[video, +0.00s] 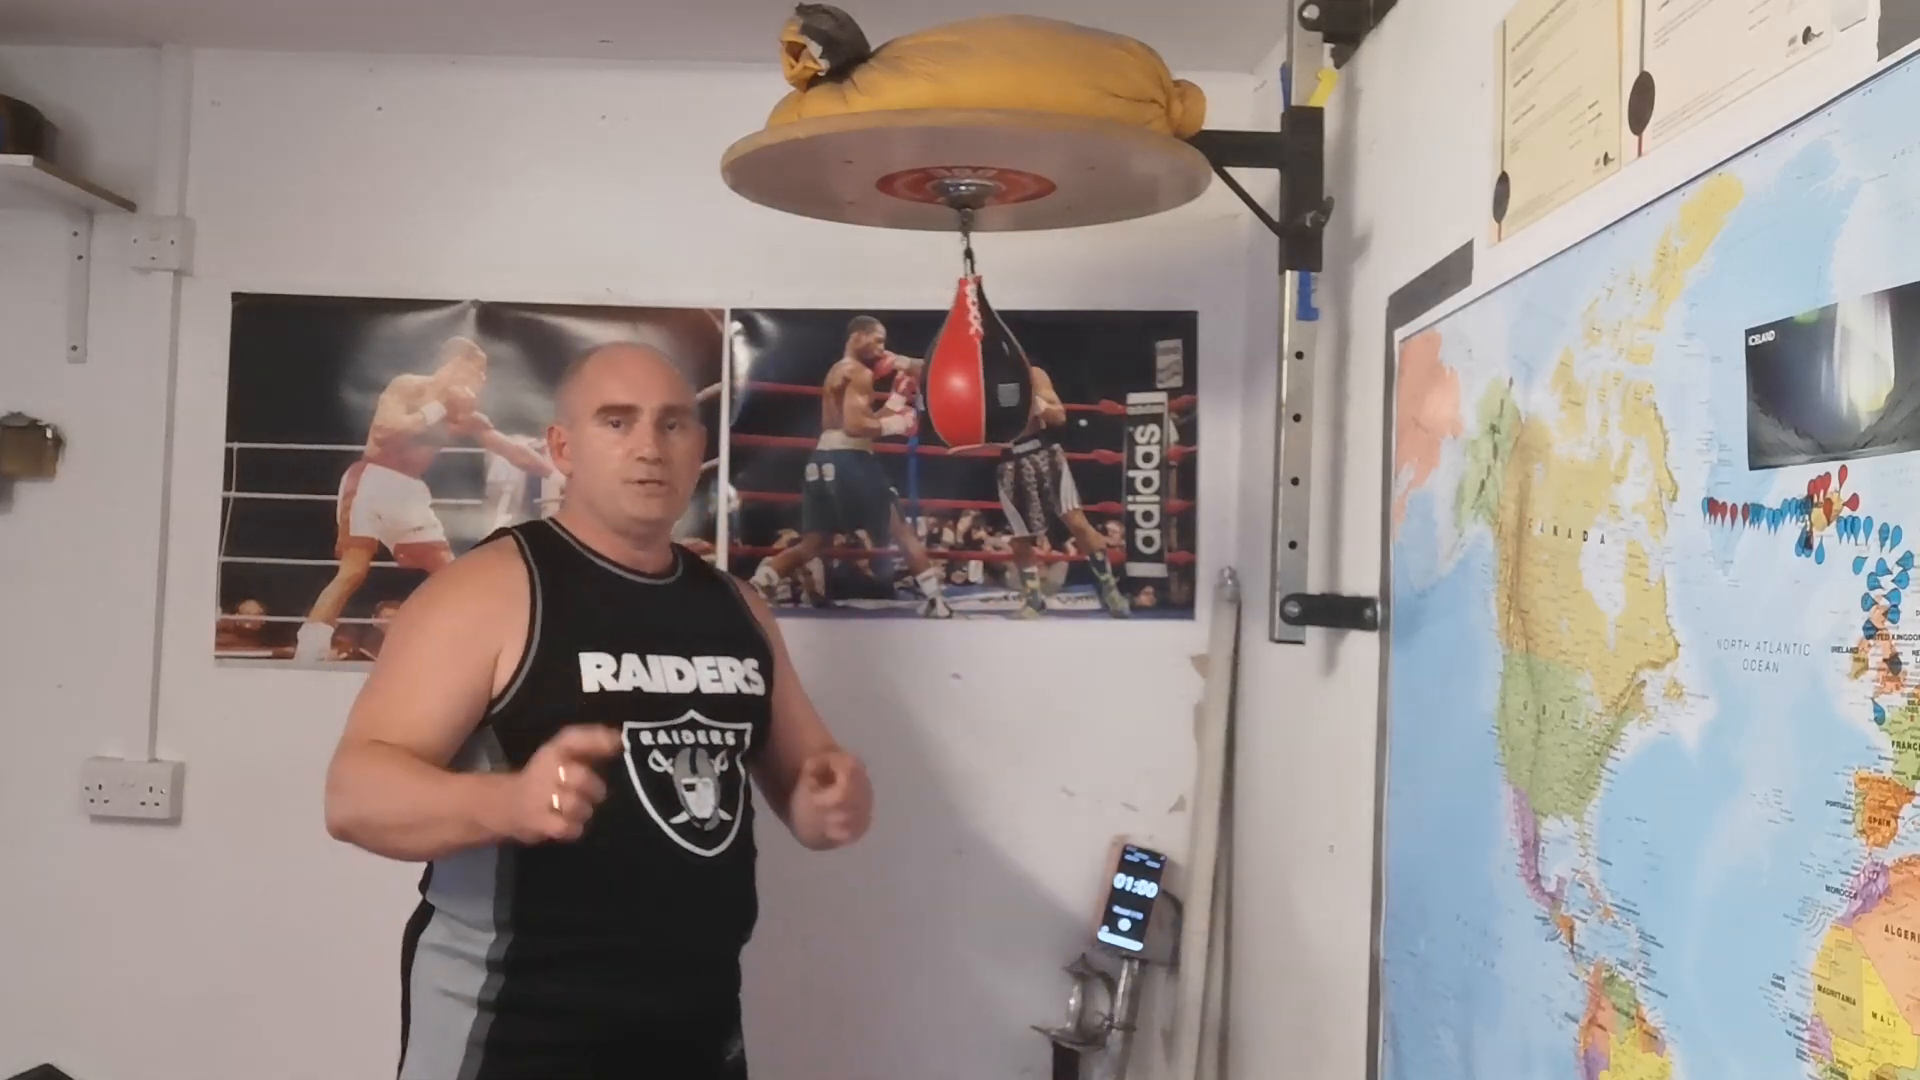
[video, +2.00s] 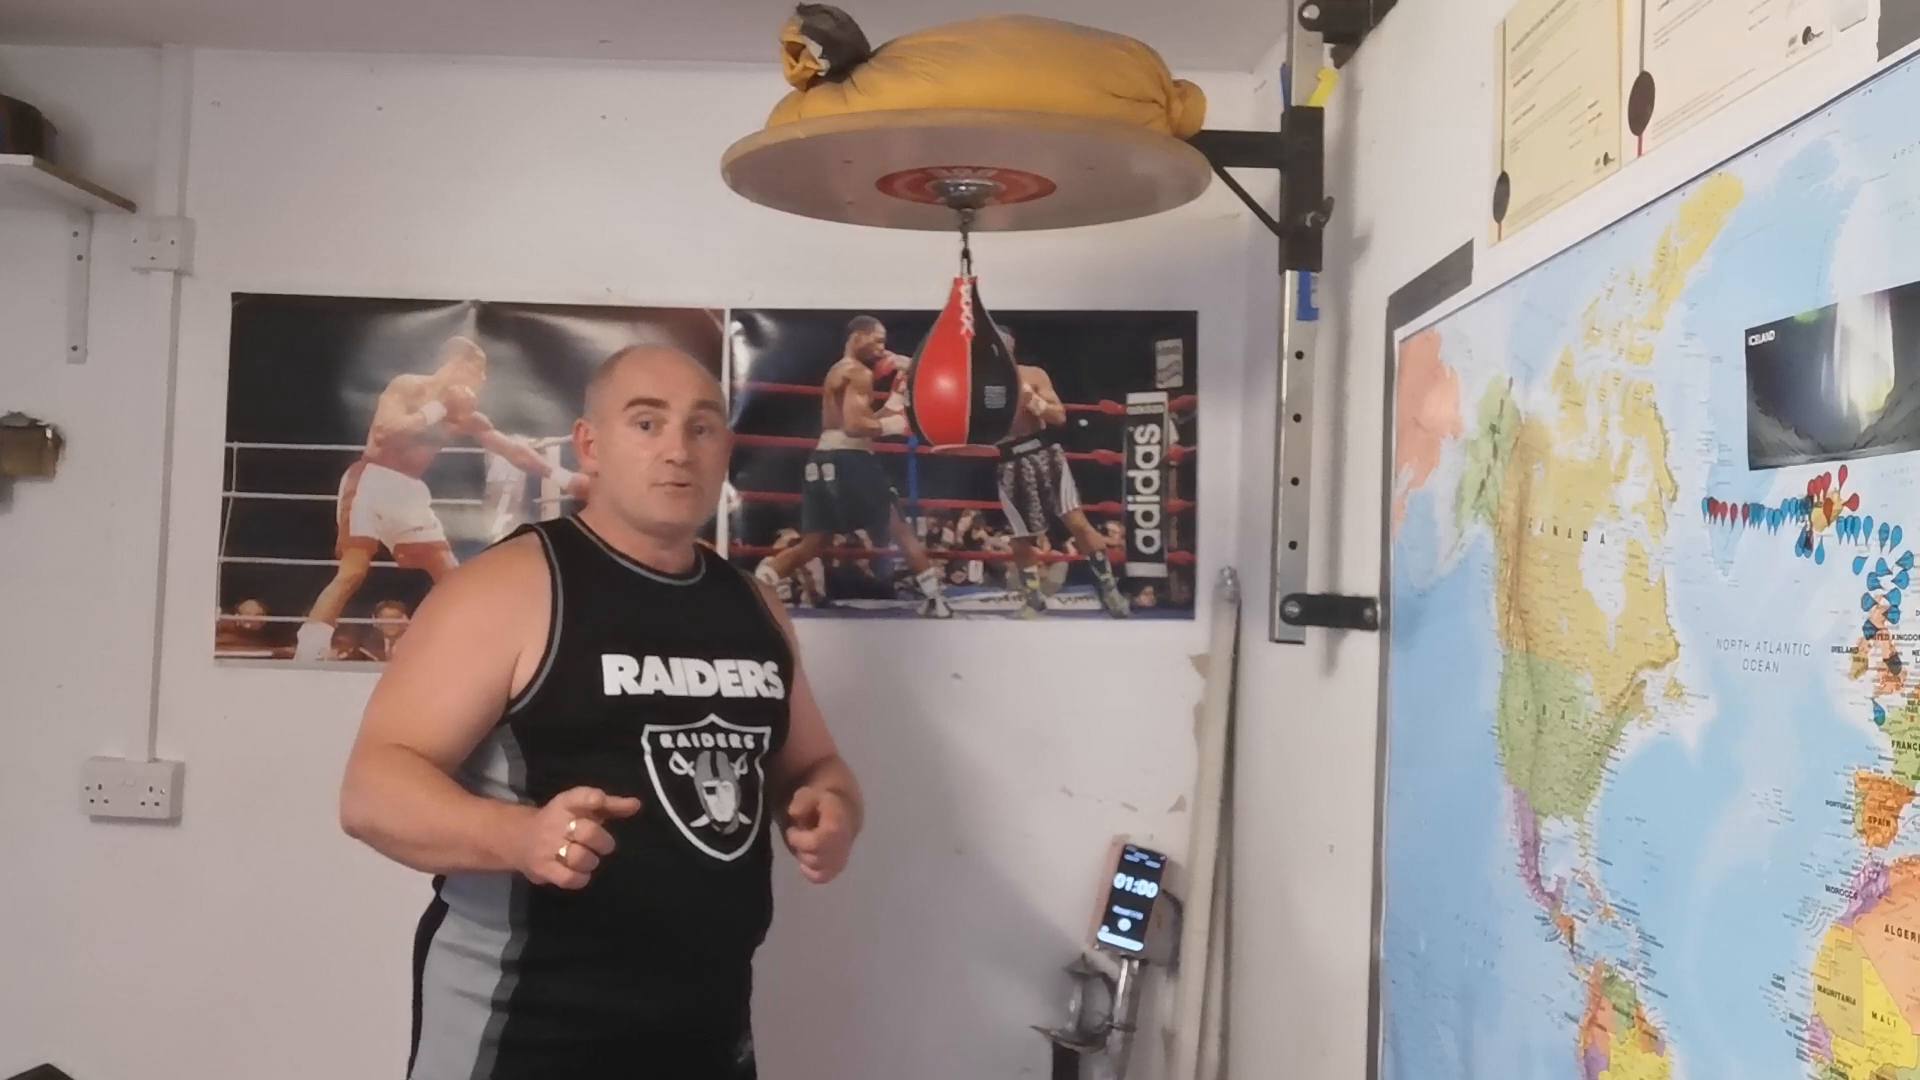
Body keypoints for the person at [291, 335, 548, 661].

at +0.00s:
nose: (480, 381)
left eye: (482, 374)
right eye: (475, 371)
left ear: (474, 378)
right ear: (452, 365)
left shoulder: (463, 410)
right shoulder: (406, 386)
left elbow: (505, 447)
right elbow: (382, 434)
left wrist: (555, 473)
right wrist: (435, 411)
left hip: (410, 494)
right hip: (371, 484)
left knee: (448, 576)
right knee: (352, 572)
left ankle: (455, 653)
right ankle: (307, 646)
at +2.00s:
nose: (473, 385)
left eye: (477, 379)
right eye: (469, 375)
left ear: (477, 382)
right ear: (450, 365)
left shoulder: (464, 415)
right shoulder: (405, 386)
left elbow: (510, 449)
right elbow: (384, 432)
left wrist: (563, 478)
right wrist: (436, 410)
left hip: (409, 493)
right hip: (369, 484)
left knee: (448, 574)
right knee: (353, 571)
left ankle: (462, 652)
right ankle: (306, 650)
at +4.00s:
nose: (477, 385)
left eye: (479, 378)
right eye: (473, 374)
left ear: (476, 380)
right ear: (452, 365)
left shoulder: (465, 415)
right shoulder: (404, 386)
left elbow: (512, 450)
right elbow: (384, 433)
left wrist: (564, 478)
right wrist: (437, 409)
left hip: (408, 494)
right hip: (367, 484)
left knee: (449, 574)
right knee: (353, 571)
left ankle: (427, 660)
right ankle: (306, 651)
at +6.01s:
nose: (478, 382)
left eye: (481, 375)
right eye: (475, 372)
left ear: (475, 379)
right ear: (453, 365)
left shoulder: (462, 413)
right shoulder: (405, 386)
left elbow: (504, 448)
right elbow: (384, 432)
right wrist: (438, 408)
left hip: (411, 492)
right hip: (370, 482)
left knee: (435, 576)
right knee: (352, 572)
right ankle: (309, 647)